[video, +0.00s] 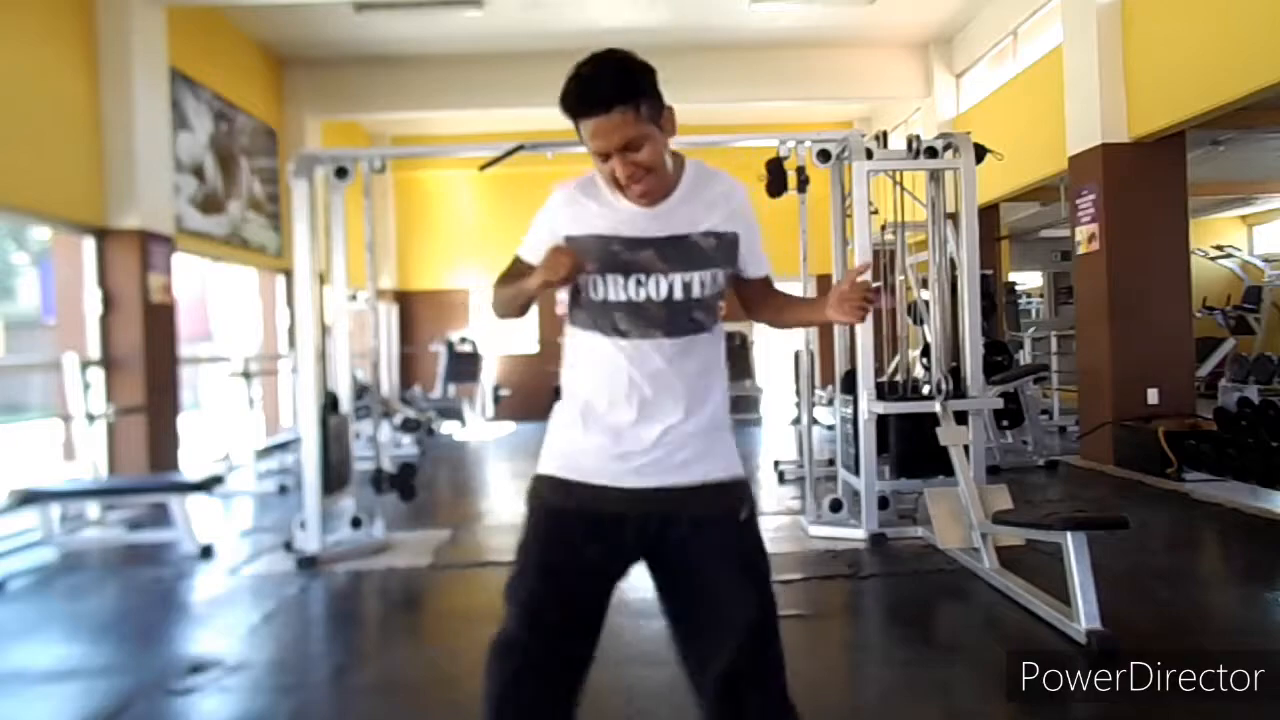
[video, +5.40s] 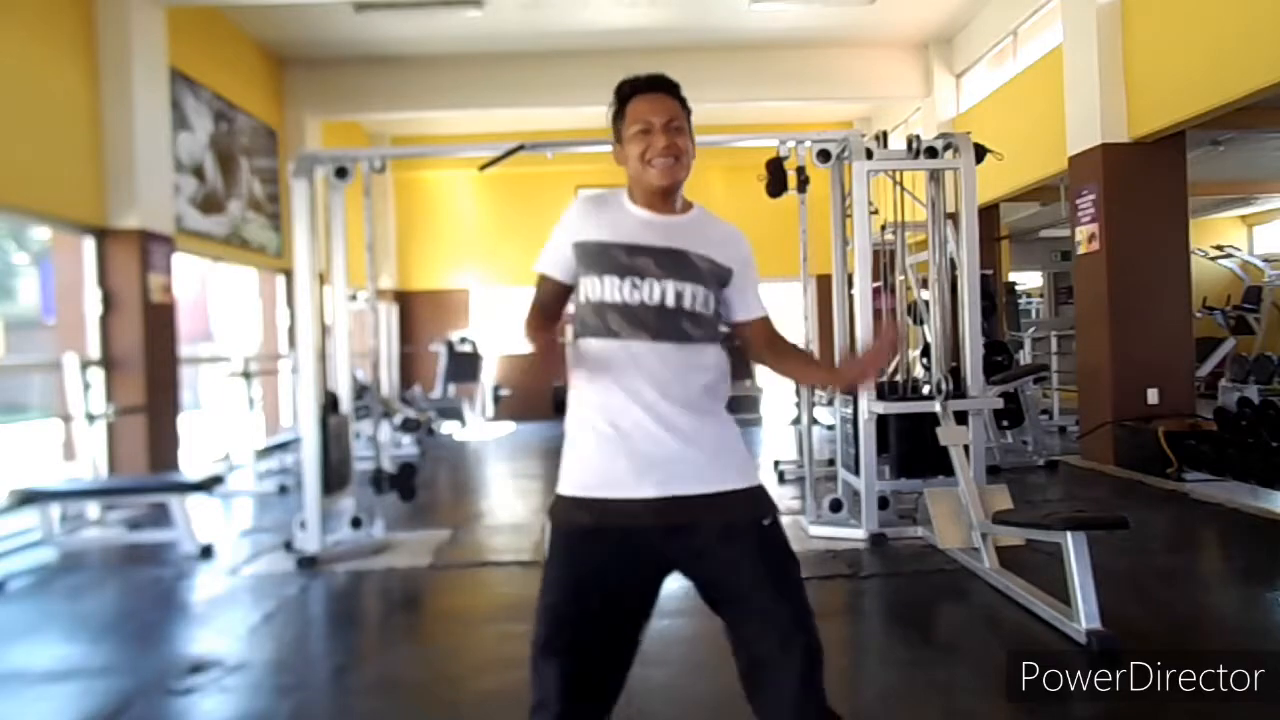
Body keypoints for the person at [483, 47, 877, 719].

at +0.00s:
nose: (625, 168)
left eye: (635, 146)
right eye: (606, 157)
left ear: (666, 119)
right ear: (585, 146)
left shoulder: (724, 197)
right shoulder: (569, 205)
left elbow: (758, 299)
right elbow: (502, 302)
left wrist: (824, 306)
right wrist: (540, 278)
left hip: (700, 480)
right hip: (581, 479)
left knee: (745, 679)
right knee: (526, 673)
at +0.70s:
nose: (637, 157)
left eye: (648, 145)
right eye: (622, 148)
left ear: (666, 157)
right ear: (602, 164)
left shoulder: (697, 234)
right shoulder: (572, 241)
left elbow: (700, 322)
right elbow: (543, 332)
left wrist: (719, 307)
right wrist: (500, 314)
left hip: (674, 467)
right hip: (579, 458)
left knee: (684, 644)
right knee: (504, 616)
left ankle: (720, 699)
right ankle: (507, 710)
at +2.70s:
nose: (634, 171)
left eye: (646, 162)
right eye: (624, 162)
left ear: (663, 177)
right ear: (605, 176)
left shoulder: (685, 251)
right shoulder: (573, 244)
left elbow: (721, 326)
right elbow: (536, 320)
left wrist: (776, 323)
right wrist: (548, 333)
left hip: (674, 446)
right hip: (589, 451)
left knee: (719, 567)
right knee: (548, 582)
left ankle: (742, 678)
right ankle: (524, 702)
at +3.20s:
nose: (635, 175)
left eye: (647, 165)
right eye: (623, 169)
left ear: (668, 179)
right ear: (608, 187)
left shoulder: (692, 256)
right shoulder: (579, 249)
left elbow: (725, 338)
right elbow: (527, 329)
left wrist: (767, 396)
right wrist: (509, 408)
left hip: (681, 453)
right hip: (591, 458)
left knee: (735, 582)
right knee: (573, 599)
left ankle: (747, 698)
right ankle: (540, 702)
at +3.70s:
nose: (617, 217)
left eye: (625, 201)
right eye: (608, 206)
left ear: (664, 178)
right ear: (603, 200)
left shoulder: (728, 242)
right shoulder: (601, 259)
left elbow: (766, 328)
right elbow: (563, 353)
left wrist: (738, 325)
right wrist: (497, 386)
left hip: (700, 485)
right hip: (601, 480)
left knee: (742, 650)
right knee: (556, 624)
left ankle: (766, 712)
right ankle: (556, 710)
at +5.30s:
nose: (667, 135)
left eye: (679, 122)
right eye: (648, 125)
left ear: (698, 137)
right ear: (624, 145)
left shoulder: (727, 226)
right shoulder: (591, 218)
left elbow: (740, 331)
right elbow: (559, 328)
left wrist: (810, 322)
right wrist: (559, 313)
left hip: (724, 494)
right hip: (609, 491)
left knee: (773, 700)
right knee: (565, 699)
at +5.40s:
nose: (664, 141)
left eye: (676, 128)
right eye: (644, 131)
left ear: (692, 144)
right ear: (619, 150)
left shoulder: (725, 243)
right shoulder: (586, 220)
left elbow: (765, 344)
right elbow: (541, 319)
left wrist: (840, 377)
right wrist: (552, 361)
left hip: (719, 491)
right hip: (601, 495)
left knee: (790, 673)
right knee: (563, 692)